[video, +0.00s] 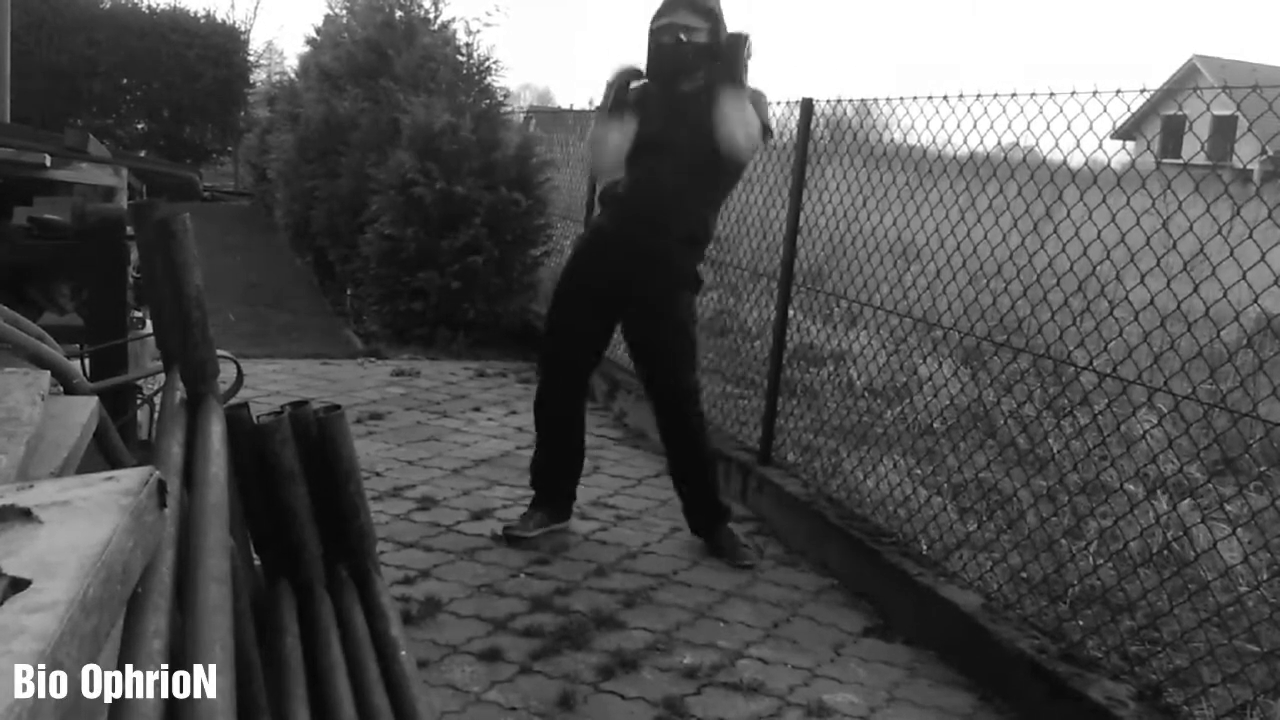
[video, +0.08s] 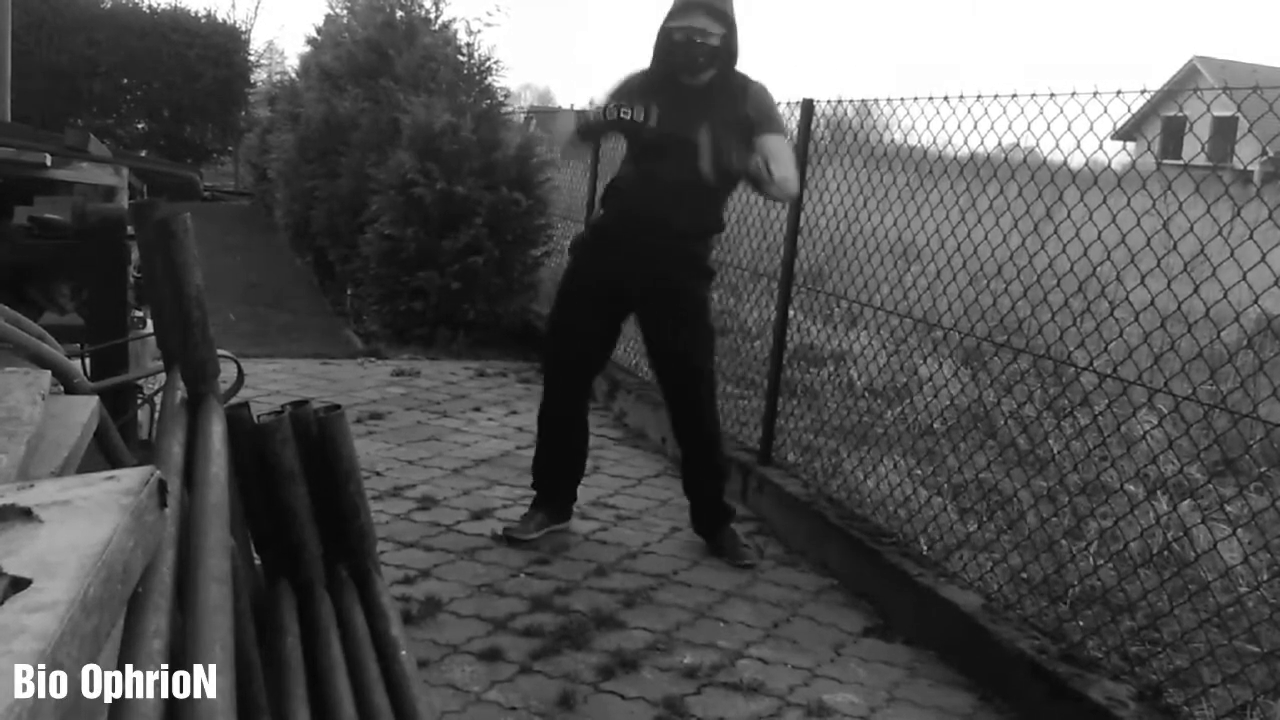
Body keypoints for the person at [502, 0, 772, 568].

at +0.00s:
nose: (677, 44)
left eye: (691, 34)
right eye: (666, 33)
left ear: (715, 44)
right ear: (652, 41)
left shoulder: (732, 104)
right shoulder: (638, 99)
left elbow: (739, 144)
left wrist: (730, 76)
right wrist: (618, 101)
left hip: (664, 267)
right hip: (600, 256)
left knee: (679, 399)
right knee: (560, 377)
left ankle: (712, 523)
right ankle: (551, 504)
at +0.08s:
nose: (690, 51)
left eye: (704, 40)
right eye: (680, 38)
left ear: (726, 46)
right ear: (663, 39)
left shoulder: (748, 99)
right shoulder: (639, 88)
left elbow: (786, 185)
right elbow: (571, 140)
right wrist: (583, 126)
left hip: (678, 265)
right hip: (606, 253)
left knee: (694, 400)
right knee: (564, 375)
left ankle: (715, 523)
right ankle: (552, 505)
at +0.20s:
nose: (710, 50)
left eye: (725, 41)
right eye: (702, 35)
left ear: (743, 42)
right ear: (682, 27)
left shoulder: (753, 85)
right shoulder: (641, 55)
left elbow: (789, 165)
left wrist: (762, 205)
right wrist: (595, 99)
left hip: (698, 255)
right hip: (623, 244)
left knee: (707, 396)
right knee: (577, 380)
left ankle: (718, 522)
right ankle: (549, 502)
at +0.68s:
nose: (724, 44)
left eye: (739, 35)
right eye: (716, 32)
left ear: (766, 36)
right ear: (707, 28)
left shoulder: (797, 70)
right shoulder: (698, 66)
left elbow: (834, 107)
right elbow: (631, 99)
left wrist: (796, 139)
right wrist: (628, 120)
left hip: (747, 247)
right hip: (677, 230)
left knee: (736, 385)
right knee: (628, 314)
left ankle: (723, 521)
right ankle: (593, 463)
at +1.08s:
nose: (721, 44)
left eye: (735, 36)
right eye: (713, 32)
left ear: (761, 38)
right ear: (704, 28)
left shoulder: (791, 80)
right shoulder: (688, 67)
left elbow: (840, 129)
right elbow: (604, 74)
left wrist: (805, 99)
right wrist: (590, 106)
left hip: (744, 251)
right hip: (673, 236)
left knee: (736, 385)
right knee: (612, 344)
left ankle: (724, 521)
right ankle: (555, 479)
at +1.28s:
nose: (717, 55)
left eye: (731, 47)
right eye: (709, 42)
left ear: (751, 52)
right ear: (695, 40)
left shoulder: (755, 119)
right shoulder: (665, 81)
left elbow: (780, 190)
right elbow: (597, 85)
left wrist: (804, 132)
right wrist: (523, 95)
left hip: (737, 274)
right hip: (668, 265)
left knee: (738, 399)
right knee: (620, 390)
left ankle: (725, 524)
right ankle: (547, 507)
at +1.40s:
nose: (689, 48)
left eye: (703, 39)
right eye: (681, 36)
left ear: (727, 44)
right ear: (668, 35)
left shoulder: (739, 97)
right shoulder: (648, 70)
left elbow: (749, 172)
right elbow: (608, 43)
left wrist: (750, 101)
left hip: (717, 261)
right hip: (645, 254)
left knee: (725, 394)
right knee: (600, 384)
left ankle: (725, 522)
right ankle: (550, 507)